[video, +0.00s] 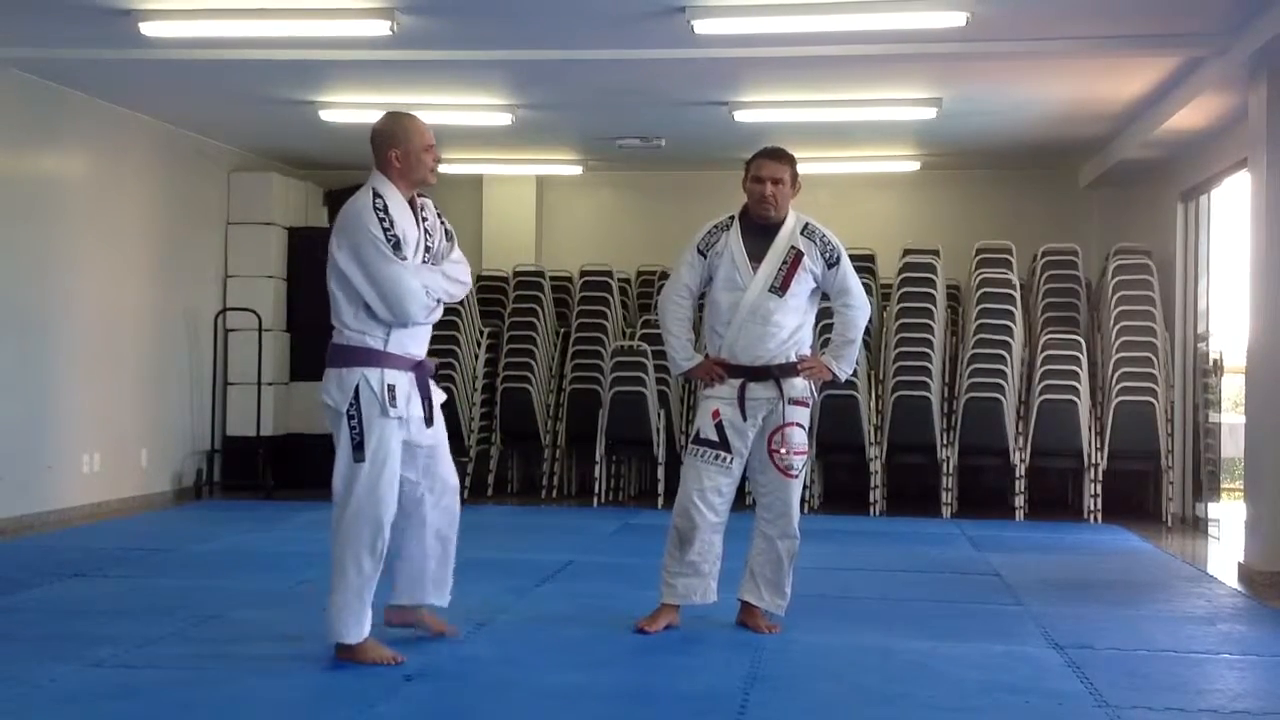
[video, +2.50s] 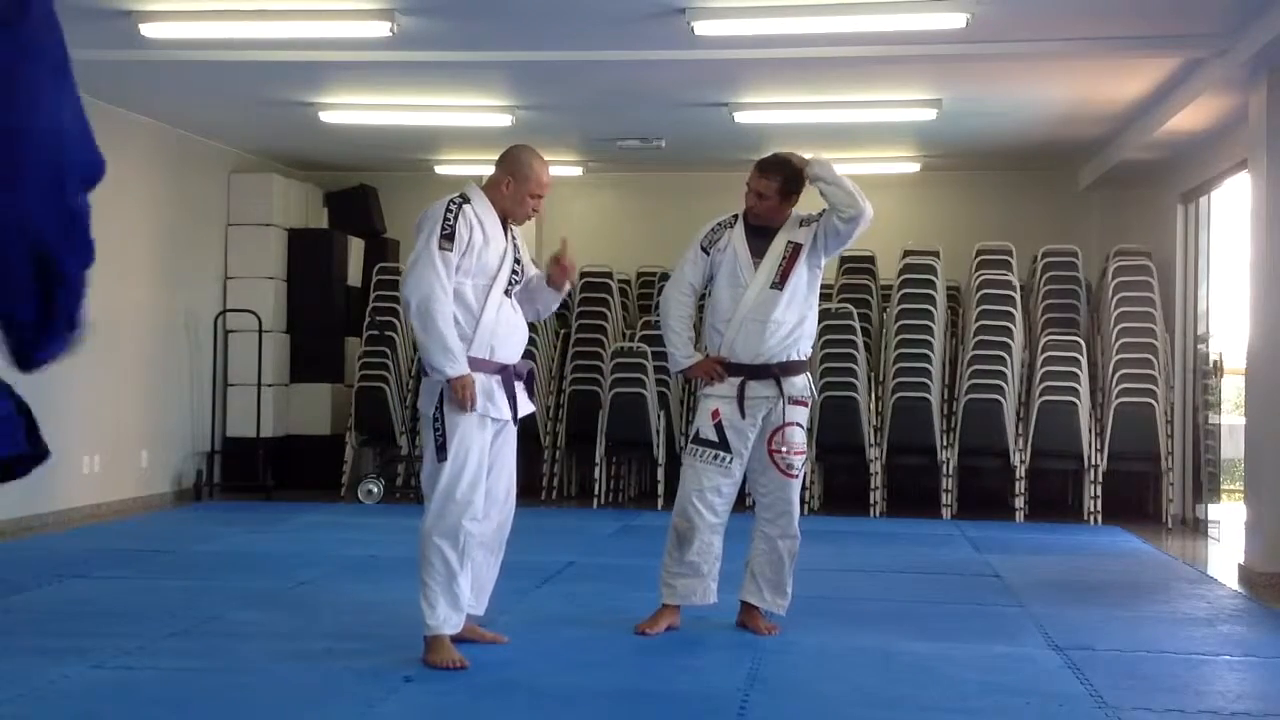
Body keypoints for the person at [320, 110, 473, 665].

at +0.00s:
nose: (439, 158)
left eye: (436, 149)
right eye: (429, 150)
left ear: (402, 156)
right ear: (396, 157)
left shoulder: (426, 212)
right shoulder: (363, 213)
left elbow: (462, 276)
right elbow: (405, 303)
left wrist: (412, 273)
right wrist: (443, 284)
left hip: (414, 376)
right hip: (366, 376)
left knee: (435, 492)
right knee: (366, 505)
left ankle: (408, 605)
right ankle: (350, 636)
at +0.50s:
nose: (491, 178)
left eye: (491, 168)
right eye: (486, 168)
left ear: (461, 169)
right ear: (454, 169)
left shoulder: (478, 224)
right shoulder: (407, 219)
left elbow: (515, 286)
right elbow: (446, 298)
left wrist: (458, 272)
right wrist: (492, 293)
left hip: (477, 378)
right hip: (426, 377)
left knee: (481, 500)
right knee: (415, 502)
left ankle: (455, 614)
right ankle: (364, 627)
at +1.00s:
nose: (534, 189)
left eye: (535, 180)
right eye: (529, 179)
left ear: (504, 175)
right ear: (500, 174)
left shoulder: (509, 231)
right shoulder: (445, 217)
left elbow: (542, 300)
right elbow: (481, 297)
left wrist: (494, 273)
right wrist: (523, 298)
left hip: (496, 387)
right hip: (448, 385)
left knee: (491, 504)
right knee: (448, 506)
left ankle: (464, 615)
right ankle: (438, 632)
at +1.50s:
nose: (542, 189)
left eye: (543, 179)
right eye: (538, 179)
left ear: (510, 174)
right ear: (511, 175)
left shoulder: (511, 232)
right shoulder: (456, 214)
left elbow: (536, 310)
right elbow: (465, 298)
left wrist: (575, 367)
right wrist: (531, 347)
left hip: (503, 385)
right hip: (459, 384)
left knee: (498, 505)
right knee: (457, 507)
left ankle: (465, 617)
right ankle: (439, 632)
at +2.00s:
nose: (546, 199)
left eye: (548, 189)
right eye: (542, 188)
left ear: (517, 182)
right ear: (512, 180)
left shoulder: (507, 235)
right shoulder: (463, 212)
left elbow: (524, 303)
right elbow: (434, 293)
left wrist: (561, 274)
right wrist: (453, 371)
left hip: (504, 389)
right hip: (466, 385)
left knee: (494, 509)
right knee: (457, 508)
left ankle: (463, 617)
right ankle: (438, 631)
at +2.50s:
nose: (539, 208)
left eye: (543, 198)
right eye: (535, 196)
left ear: (511, 189)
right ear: (505, 184)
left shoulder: (510, 238)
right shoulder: (454, 214)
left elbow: (523, 307)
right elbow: (424, 291)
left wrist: (553, 285)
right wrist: (453, 367)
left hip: (504, 392)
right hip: (462, 388)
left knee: (494, 509)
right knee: (453, 508)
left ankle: (465, 619)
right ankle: (438, 633)